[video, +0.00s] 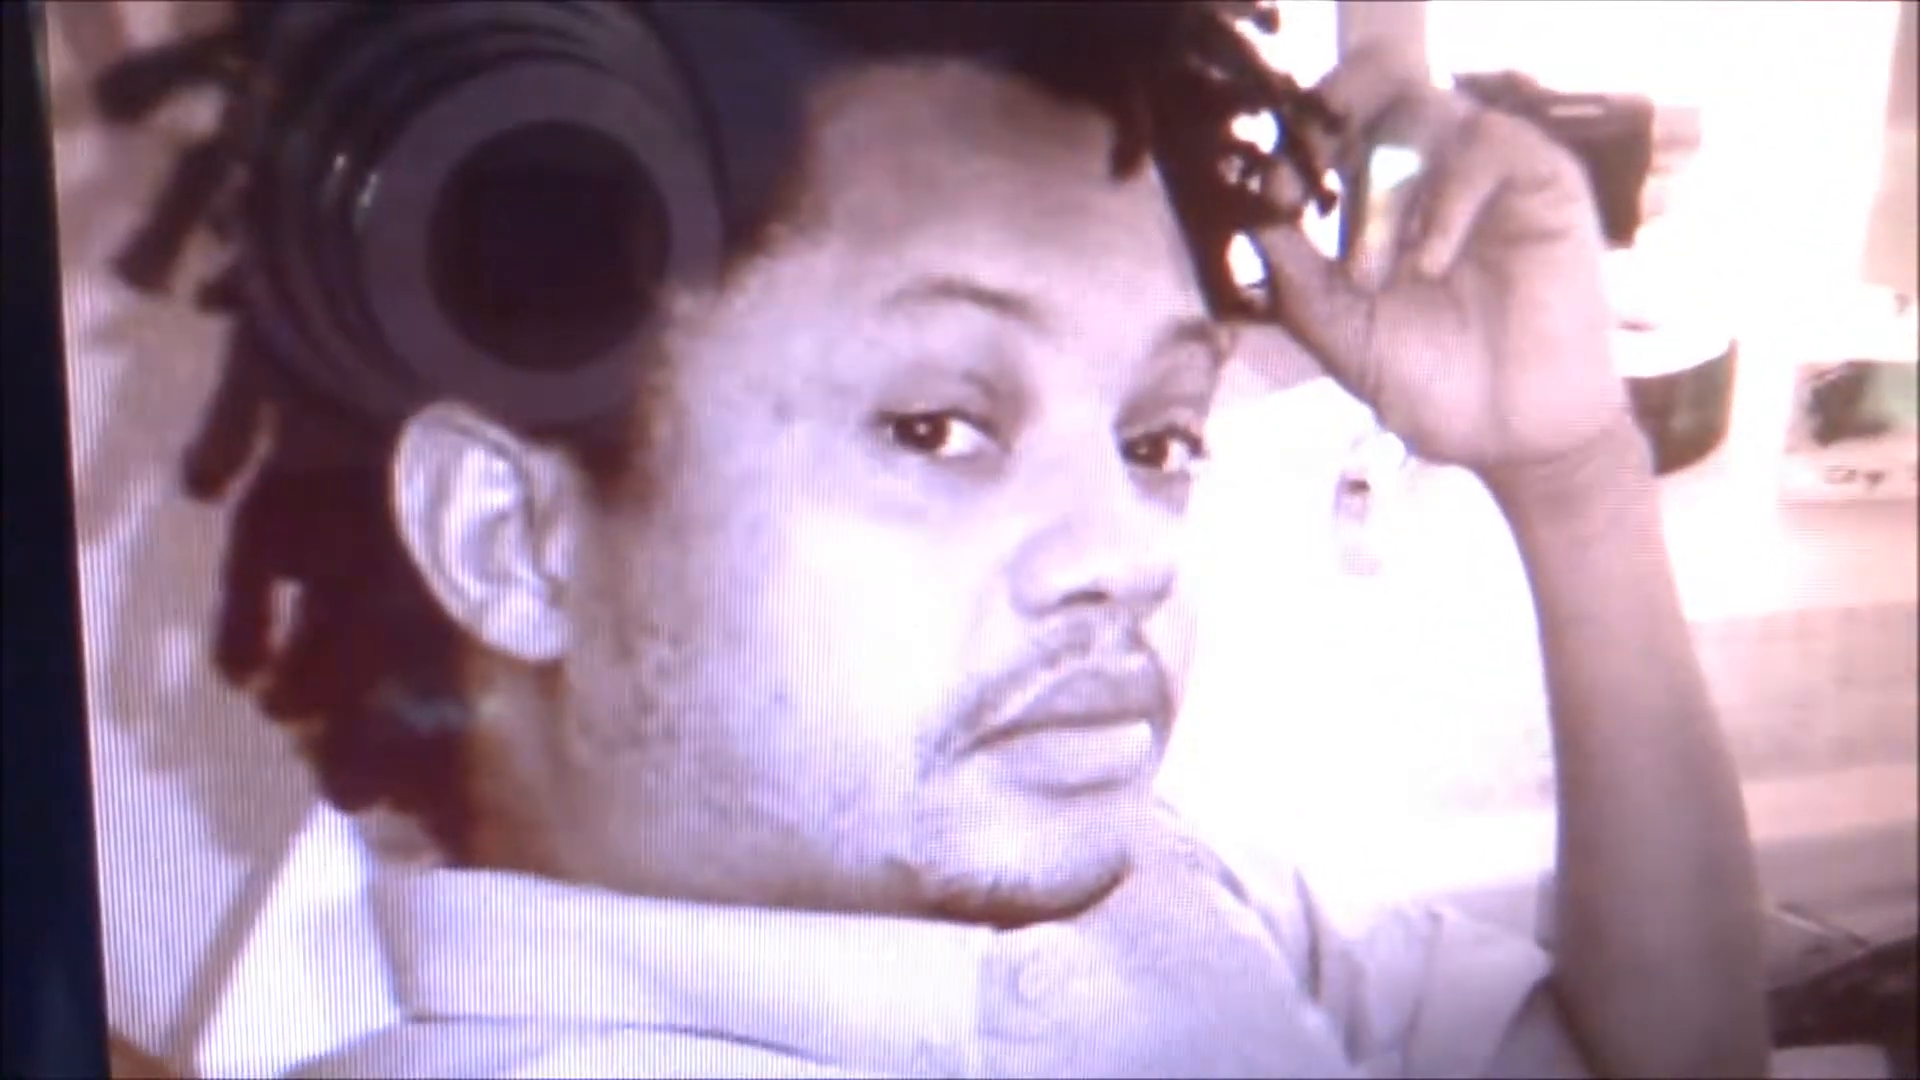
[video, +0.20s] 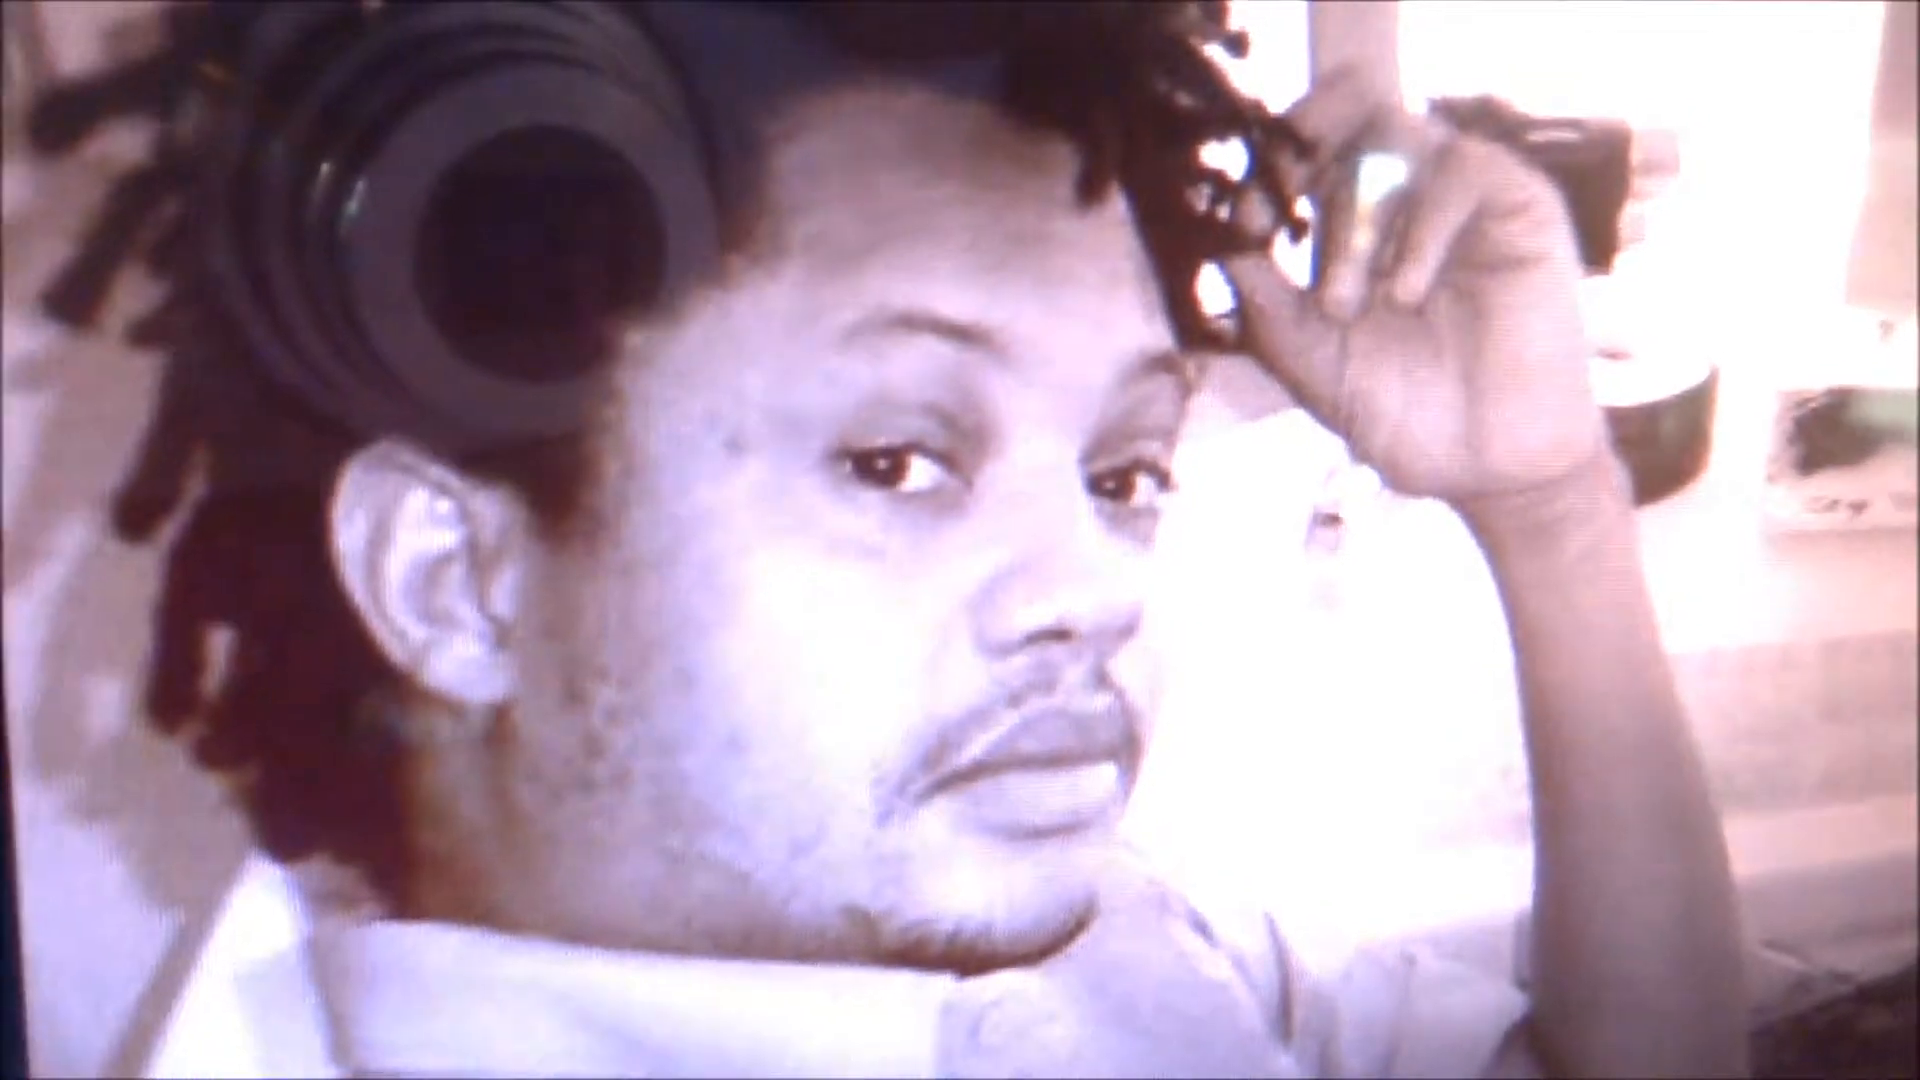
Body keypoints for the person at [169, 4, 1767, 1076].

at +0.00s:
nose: (1125, 560)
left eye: (1157, 447)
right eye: (940, 425)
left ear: (1204, 462)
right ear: (505, 536)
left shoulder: (1231, 956)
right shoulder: (250, 981)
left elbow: (1670, 1051)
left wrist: (1574, 479)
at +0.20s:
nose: (1095, 591)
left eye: (1125, 478)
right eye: (896, 461)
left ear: (1174, 487)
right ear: (446, 581)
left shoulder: (1182, 1000)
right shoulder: (227, 1042)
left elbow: (1649, 1052)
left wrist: (1549, 512)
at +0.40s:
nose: (1052, 582)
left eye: (1086, 470)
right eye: (855, 452)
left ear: (1132, 485)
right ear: (399, 571)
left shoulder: (1138, 992)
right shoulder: (100, 978)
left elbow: (1611, 1041)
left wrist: (1511, 506)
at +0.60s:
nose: (1018, 583)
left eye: (1055, 467)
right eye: (826, 446)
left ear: (1107, 481)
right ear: (373, 562)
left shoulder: (1123, 986)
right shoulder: (85, 968)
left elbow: (1581, 1046)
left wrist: (1480, 500)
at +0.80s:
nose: (1010, 603)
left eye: (1040, 492)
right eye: (830, 481)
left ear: (1091, 499)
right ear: (406, 586)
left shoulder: (1102, 981)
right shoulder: (170, 1020)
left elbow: (1532, 1049)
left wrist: (1438, 531)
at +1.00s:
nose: (939, 655)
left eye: (970, 563)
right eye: (797, 549)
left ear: (1009, 565)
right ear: (455, 631)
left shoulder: (1021, 963)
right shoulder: (392, 1034)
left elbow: (1399, 1054)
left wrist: (1311, 590)